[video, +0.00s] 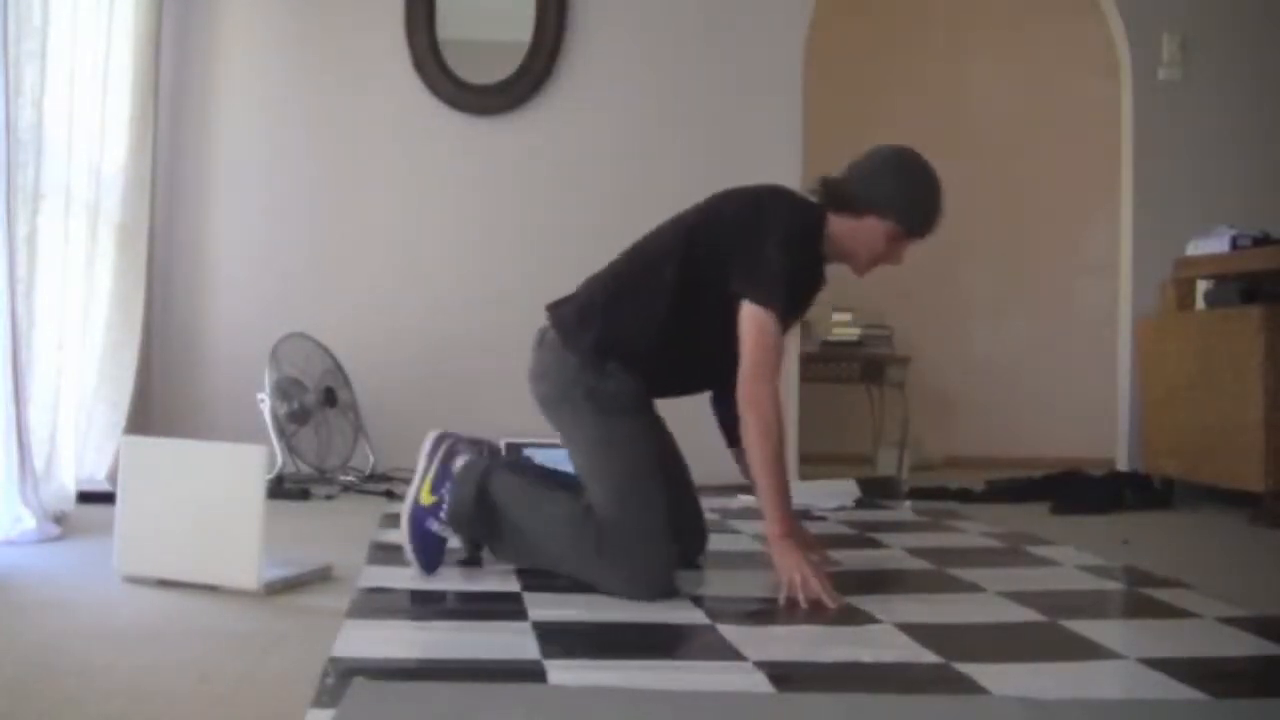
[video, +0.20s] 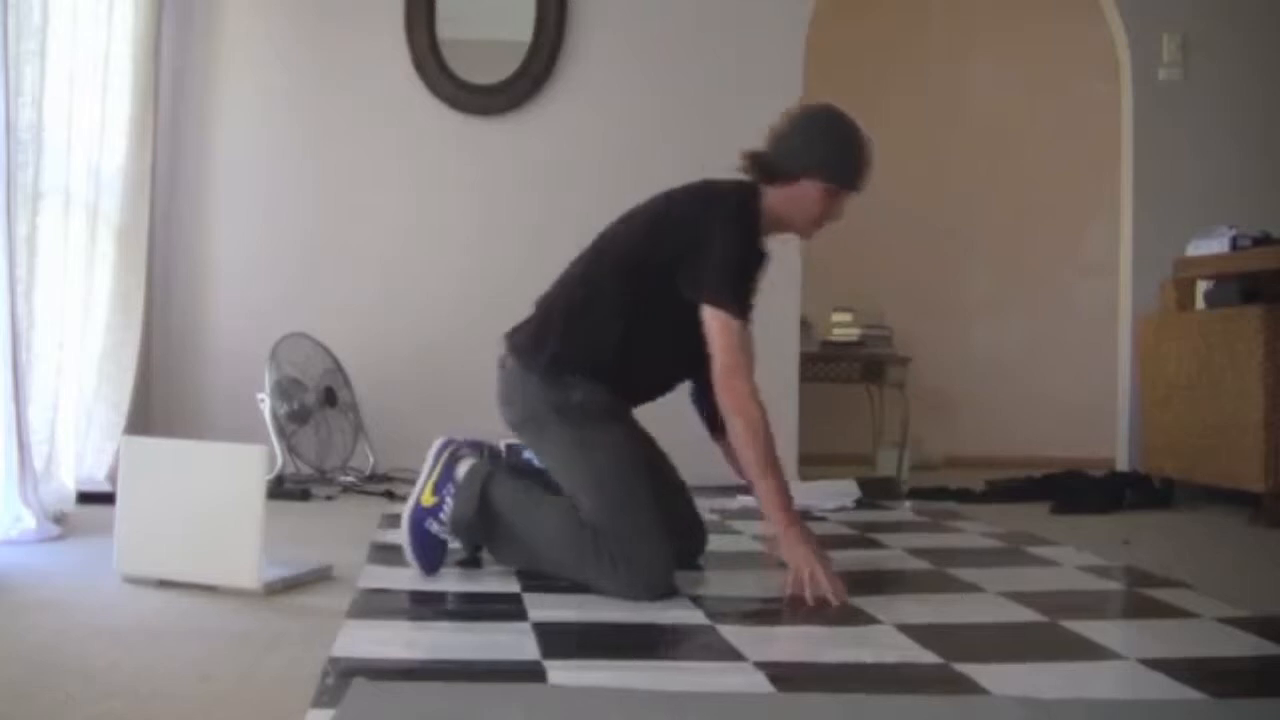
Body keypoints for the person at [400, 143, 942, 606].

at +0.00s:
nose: (897, 258)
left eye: (906, 246)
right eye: (901, 239)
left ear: (866, 212)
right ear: (869, 209)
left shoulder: (797, 252)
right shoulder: (782, 226)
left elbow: (737, 397)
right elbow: (754, 388)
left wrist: (781, 517)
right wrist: (781, 534)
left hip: (617, 377)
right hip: (581, 365)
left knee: (681, 541)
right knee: (640, 569)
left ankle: (503, 481)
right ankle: (469, 486)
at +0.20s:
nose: (837, 215)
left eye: (843, 200)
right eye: (838, 197)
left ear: (801, 179)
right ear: (809, 182)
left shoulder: (733, 228)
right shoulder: (725, 221)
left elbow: (714, 392)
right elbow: (734, 391)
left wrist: (774, 510)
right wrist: (786, 527)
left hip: (584, 392)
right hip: (551, 388)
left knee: (680, 542)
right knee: (643, 574)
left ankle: (515, 479)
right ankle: (471, 494)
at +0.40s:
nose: (794, 183)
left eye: (798, 166)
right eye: (793, 164)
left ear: (751, 150)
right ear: (763, 153)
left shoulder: (697, 210)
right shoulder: (691, 211)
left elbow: (697, 377)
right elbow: (696, 380)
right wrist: (752, 484)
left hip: (578, 405)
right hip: (537, 404)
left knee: (679, 541)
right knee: (638, 571)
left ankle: (493, 478)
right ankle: (472, 495)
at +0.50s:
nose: (786, 168)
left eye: (788, 151)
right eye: (783, 150)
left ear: (742, 140)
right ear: (752, 143)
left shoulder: (683, 196)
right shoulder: (681, 201)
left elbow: (700, 362)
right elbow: (699, 370)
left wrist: (744, 431)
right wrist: (748, 437)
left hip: (574, 405)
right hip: (534, 407)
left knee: (680, 543)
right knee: (639, 576)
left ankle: (488, 478)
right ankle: (472, 497)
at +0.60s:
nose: (778, 162)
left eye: (780, 145)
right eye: (775, 144)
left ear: (722, 130)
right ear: (743, 135)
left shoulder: (678, 190)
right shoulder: (672, 193)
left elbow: (723, 353)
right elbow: (720, 358)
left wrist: (783, 404)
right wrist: (790, 409)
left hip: (578, 405)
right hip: (532, 408)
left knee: (680, 543)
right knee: (638, 576)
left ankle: (488, 478)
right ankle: (472, 495)